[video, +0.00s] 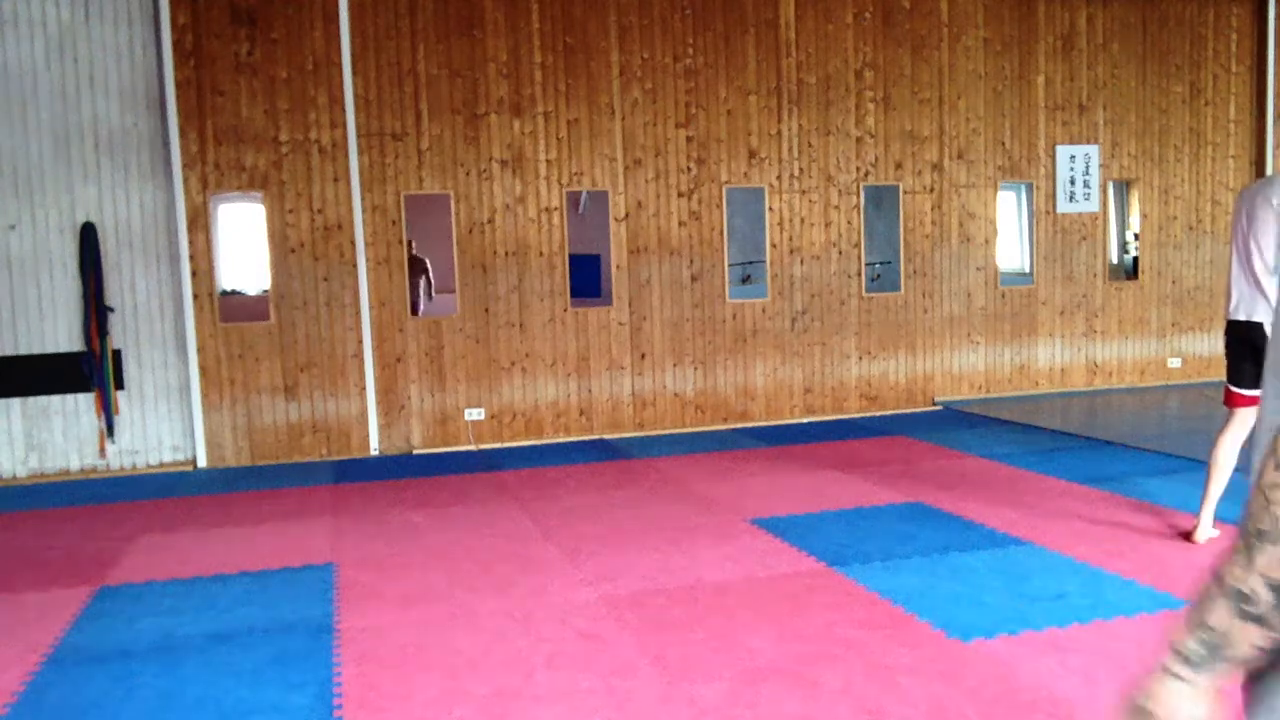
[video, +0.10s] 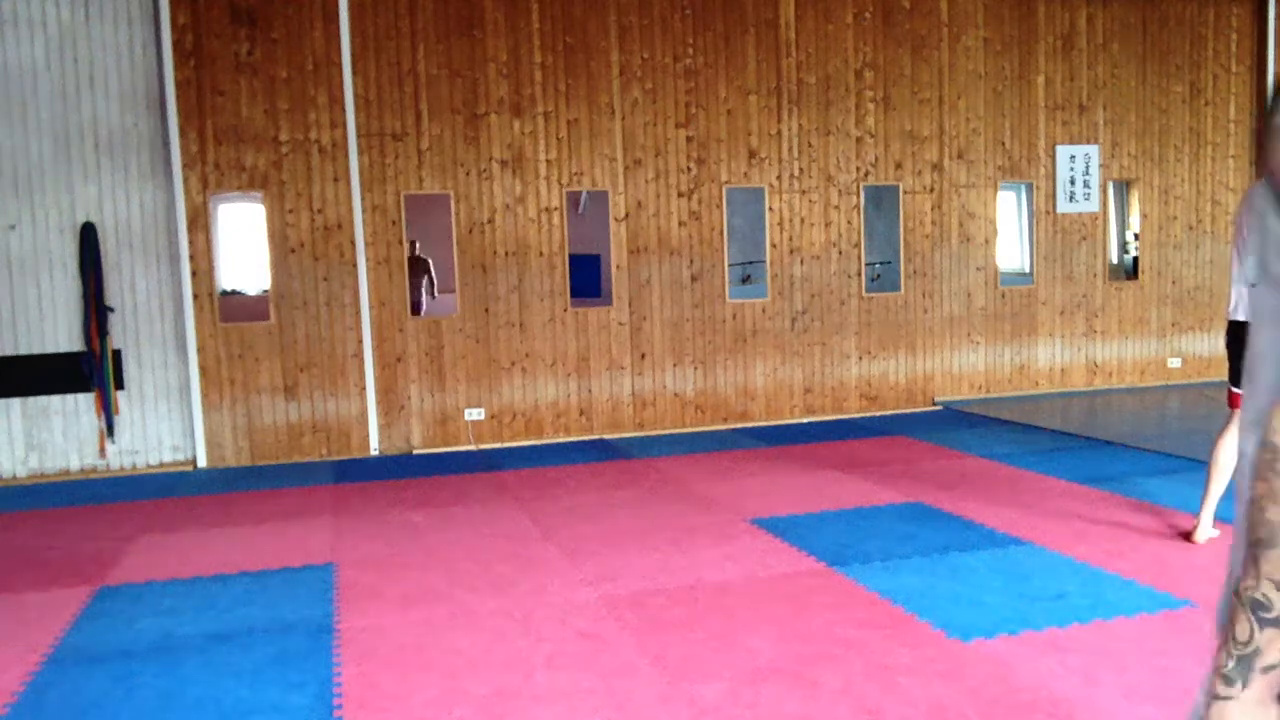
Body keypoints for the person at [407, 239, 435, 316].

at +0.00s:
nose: (410, 250)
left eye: (412, 247)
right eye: (409, 247)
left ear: (415, 248)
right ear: (406, 248)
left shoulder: (422, 261)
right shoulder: (403, 261)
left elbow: (429, 277)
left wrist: (430, 292)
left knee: (416, 315)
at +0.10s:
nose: (414, 250)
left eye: (416, 248)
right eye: (412, 247)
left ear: (419, 248)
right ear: (409, 248)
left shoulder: (425, 261)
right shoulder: (406, 261)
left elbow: (432, 277)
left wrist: (433, 291)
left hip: (419, 289)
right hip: (407, 289)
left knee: (418, 314)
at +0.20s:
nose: (417, 250)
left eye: (419, 247)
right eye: (415, 247)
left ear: (422, 248)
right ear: (413, 248)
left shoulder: (428, 262)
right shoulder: (408, 260)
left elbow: (433, 276)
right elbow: (403, 274)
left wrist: (435, 289)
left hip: (421, 291)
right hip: (409, 291)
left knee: (419, 316)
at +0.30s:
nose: (420, 250)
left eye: (421, 247)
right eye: (418, 247)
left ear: (424, 248)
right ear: (415, 248)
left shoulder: (429, 262)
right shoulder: (410, 260)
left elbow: (435, 276)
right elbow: (406, 275)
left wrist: (437, 289)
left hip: (423, 292)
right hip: (411, 292)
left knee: (420, 317)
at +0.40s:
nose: (422, 249)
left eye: (424, 247)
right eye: (421, 247)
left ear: (426, 248)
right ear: (418, 247)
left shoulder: (431, 261)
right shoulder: (412, 261)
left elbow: (436, 276)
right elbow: (409, 276)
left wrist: (440, 290)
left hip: (426, 291)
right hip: (414, 291)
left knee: (424, 316)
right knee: (414, 315)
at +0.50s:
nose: (424, 249)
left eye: (426, 246)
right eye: (423, 246)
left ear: (429, 247)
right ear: (420, 247)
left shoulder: (433, 261)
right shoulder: (412, 263)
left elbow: (438, 277)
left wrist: (444, 290)